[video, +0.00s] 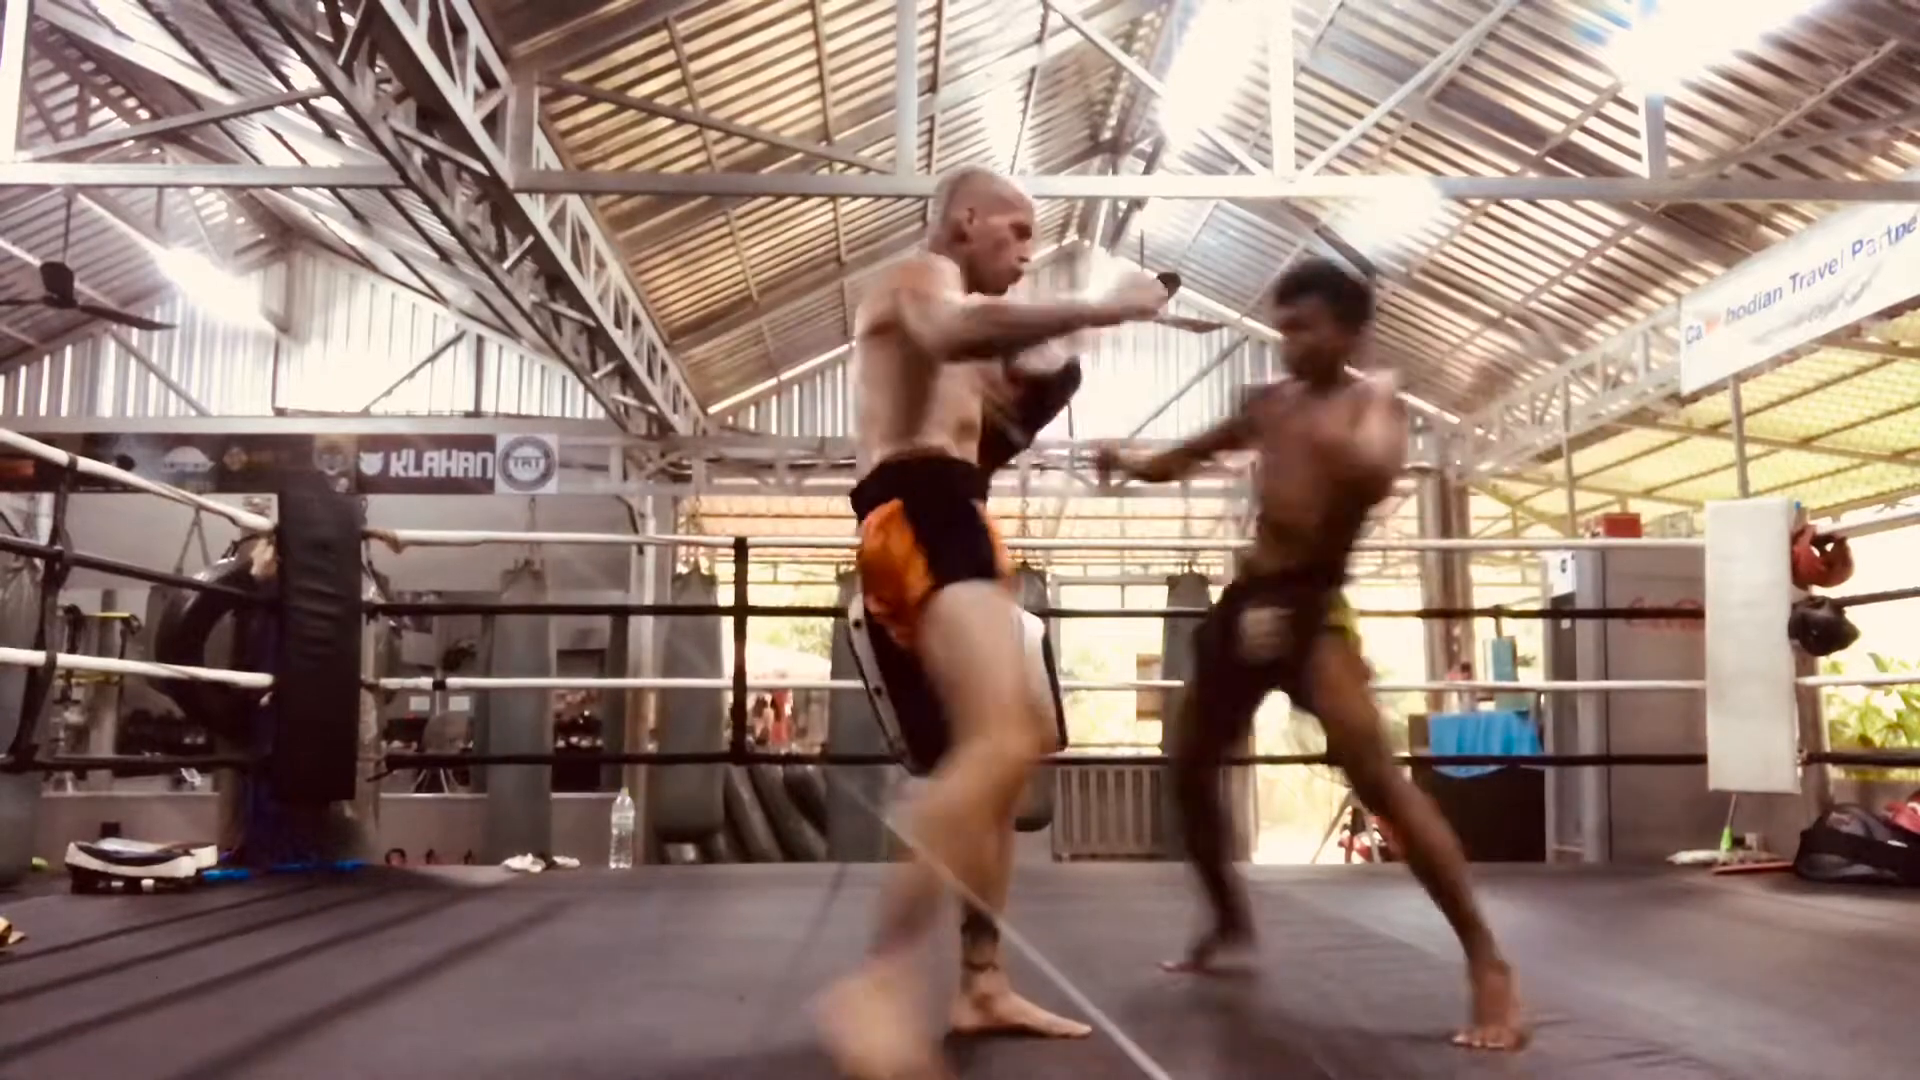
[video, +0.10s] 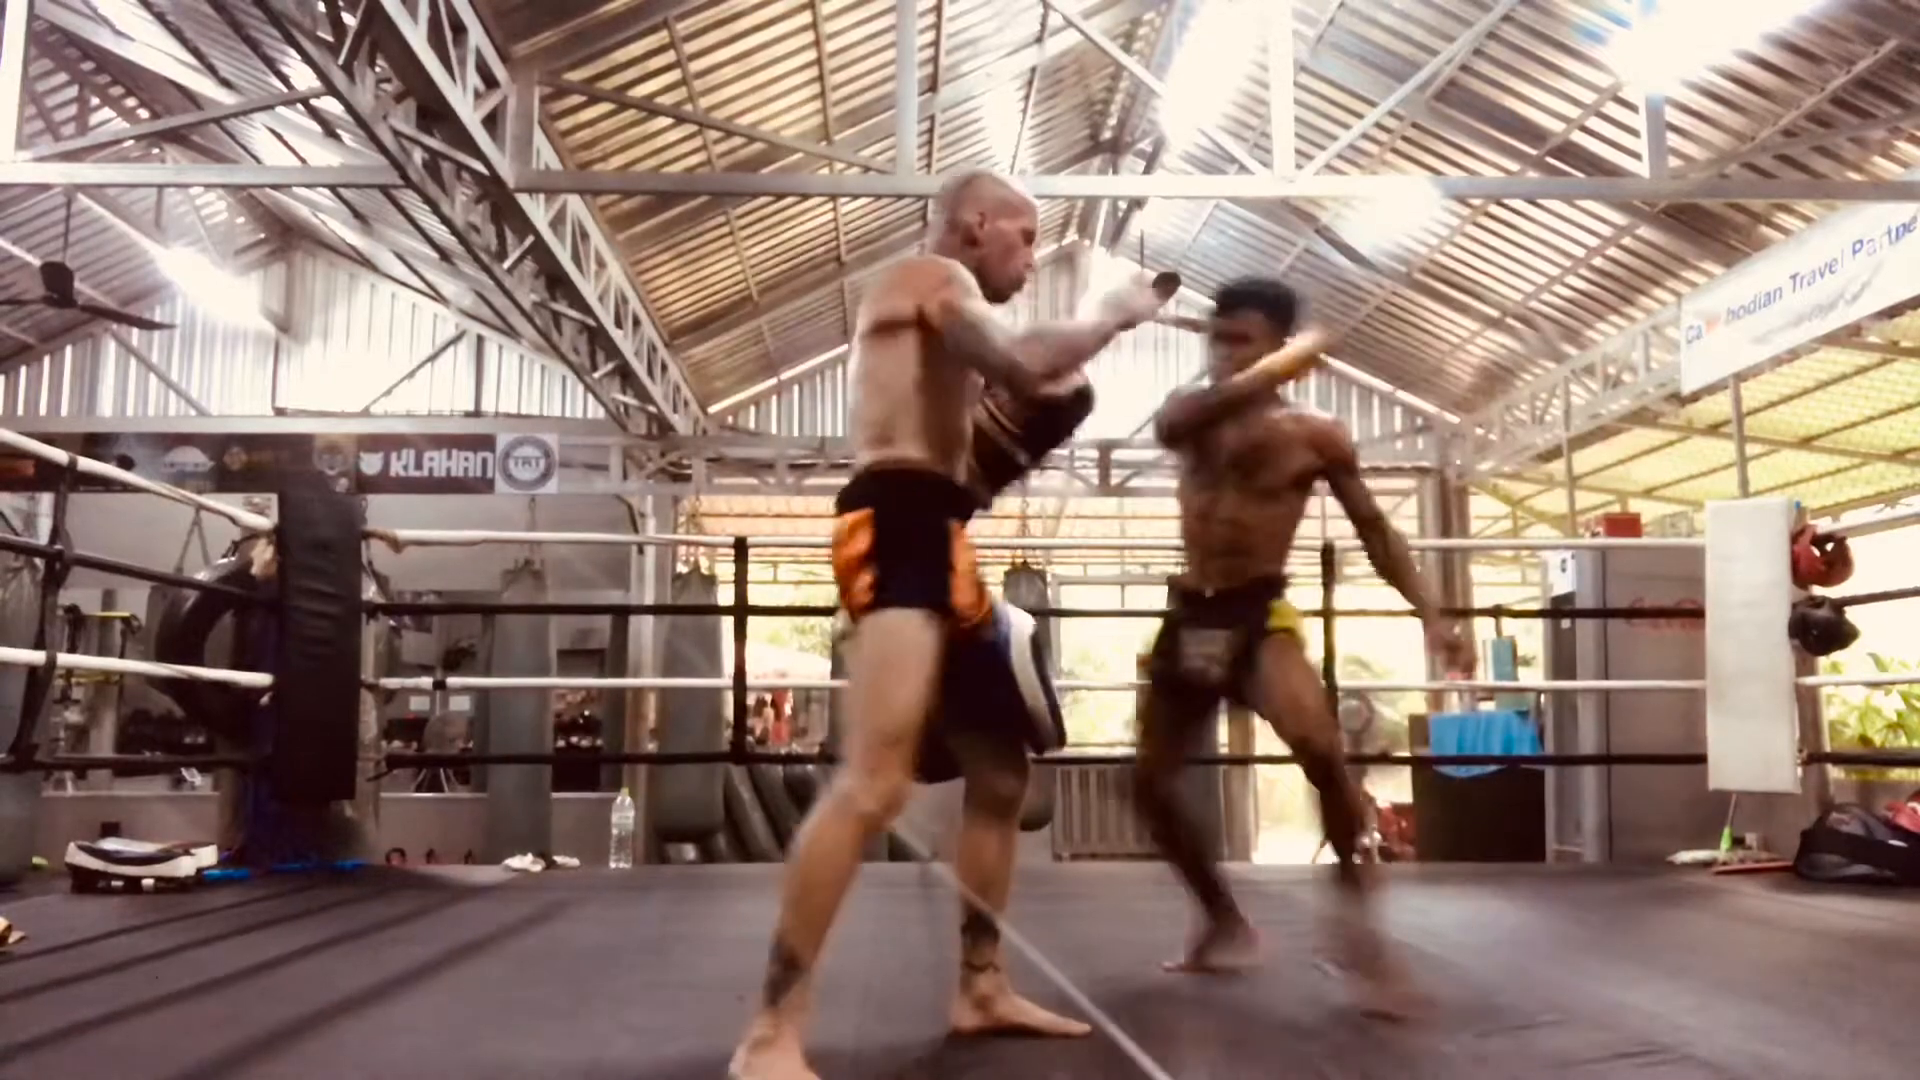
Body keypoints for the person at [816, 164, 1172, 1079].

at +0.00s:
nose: (1026, 248)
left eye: (1030, 236)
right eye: (1015, 230)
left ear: (985, 229)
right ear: (965, 221)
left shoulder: (964, 318)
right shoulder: (923, 272)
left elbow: (963, 451)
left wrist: (1027, 407)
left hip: (936, 513)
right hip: (918, 502)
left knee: (1011, 745)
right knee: (1004, 733)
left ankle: (984, 983)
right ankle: (880, 983)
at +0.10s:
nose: (1032, 255)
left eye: (1034, 240)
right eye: (1024, 235)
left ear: (969, 227)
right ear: (975, 223)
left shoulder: (943, 306)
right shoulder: (928, 278)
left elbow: (964, 467)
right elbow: (1028, 364)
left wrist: (1035, 427)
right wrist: (1119, 312)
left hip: (940, 531)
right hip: (898, 520)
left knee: (1002, 767)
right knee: (873, 780)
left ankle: (982, 988)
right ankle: (772, 1032)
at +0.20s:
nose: (1045, 274)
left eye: (1049, 257)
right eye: (1037, 253)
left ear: (994, 237)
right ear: (989, 234)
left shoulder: (950, 322)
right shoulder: (929, 276)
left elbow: (948, 481)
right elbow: (1012, 384)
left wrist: (1036, 451)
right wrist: (1097, 324)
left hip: (919, 540)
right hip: (873, 521)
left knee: (985, 766)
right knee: (839, 781)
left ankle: (979, 988)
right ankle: (764, 1037)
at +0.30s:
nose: (1054, 276)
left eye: (1059, 262)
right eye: (1046, 255)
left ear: (1000, 235)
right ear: (995, 230)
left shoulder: (959, 324)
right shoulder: (927, 270)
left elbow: (966, 471)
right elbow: (996, 370)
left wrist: (1066, 396)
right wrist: (1080, 327)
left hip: (920, 536)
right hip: (866, 519)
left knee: (975, 762)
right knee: (839, 777)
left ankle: (977, 987)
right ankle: (763, 1036)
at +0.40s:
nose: (1052, 301)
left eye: (1060, 288)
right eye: (1052, 281)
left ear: (1010, 257)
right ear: (1011, 247)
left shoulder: (965, 326)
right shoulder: (924, 275)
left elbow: (969, 476)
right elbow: (986, 367)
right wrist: (1066, 324)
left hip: (938, 541)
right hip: (888, 532)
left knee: (1000, 773)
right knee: (883, 798)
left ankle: (986, 989)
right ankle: (774, 1039)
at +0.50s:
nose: (1048, 286)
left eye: (1054, 272)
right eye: (1046, 265)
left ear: (1010, 245)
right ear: (1013, 240)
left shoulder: (971, 317)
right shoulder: (928, 277)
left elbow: (954, 467)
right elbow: (969, 372)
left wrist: (1022, 453)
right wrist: (1057, 308)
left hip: (956, 544)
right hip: (910, 539)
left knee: (998, 782)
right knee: (900, 804)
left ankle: (986, 987)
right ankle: (774, 1042)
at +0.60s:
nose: (1086, 264)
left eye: (1092, 248)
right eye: (1082, 242)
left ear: (1035, 220)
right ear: (1036, 217)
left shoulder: (1004, 304)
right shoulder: (951, 262)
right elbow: (1001, 356)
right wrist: (1117, 322)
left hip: (982, 536)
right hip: (922, 521)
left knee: (1014, 775)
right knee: (877, 784)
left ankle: (990, 987)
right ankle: (768, 1033)